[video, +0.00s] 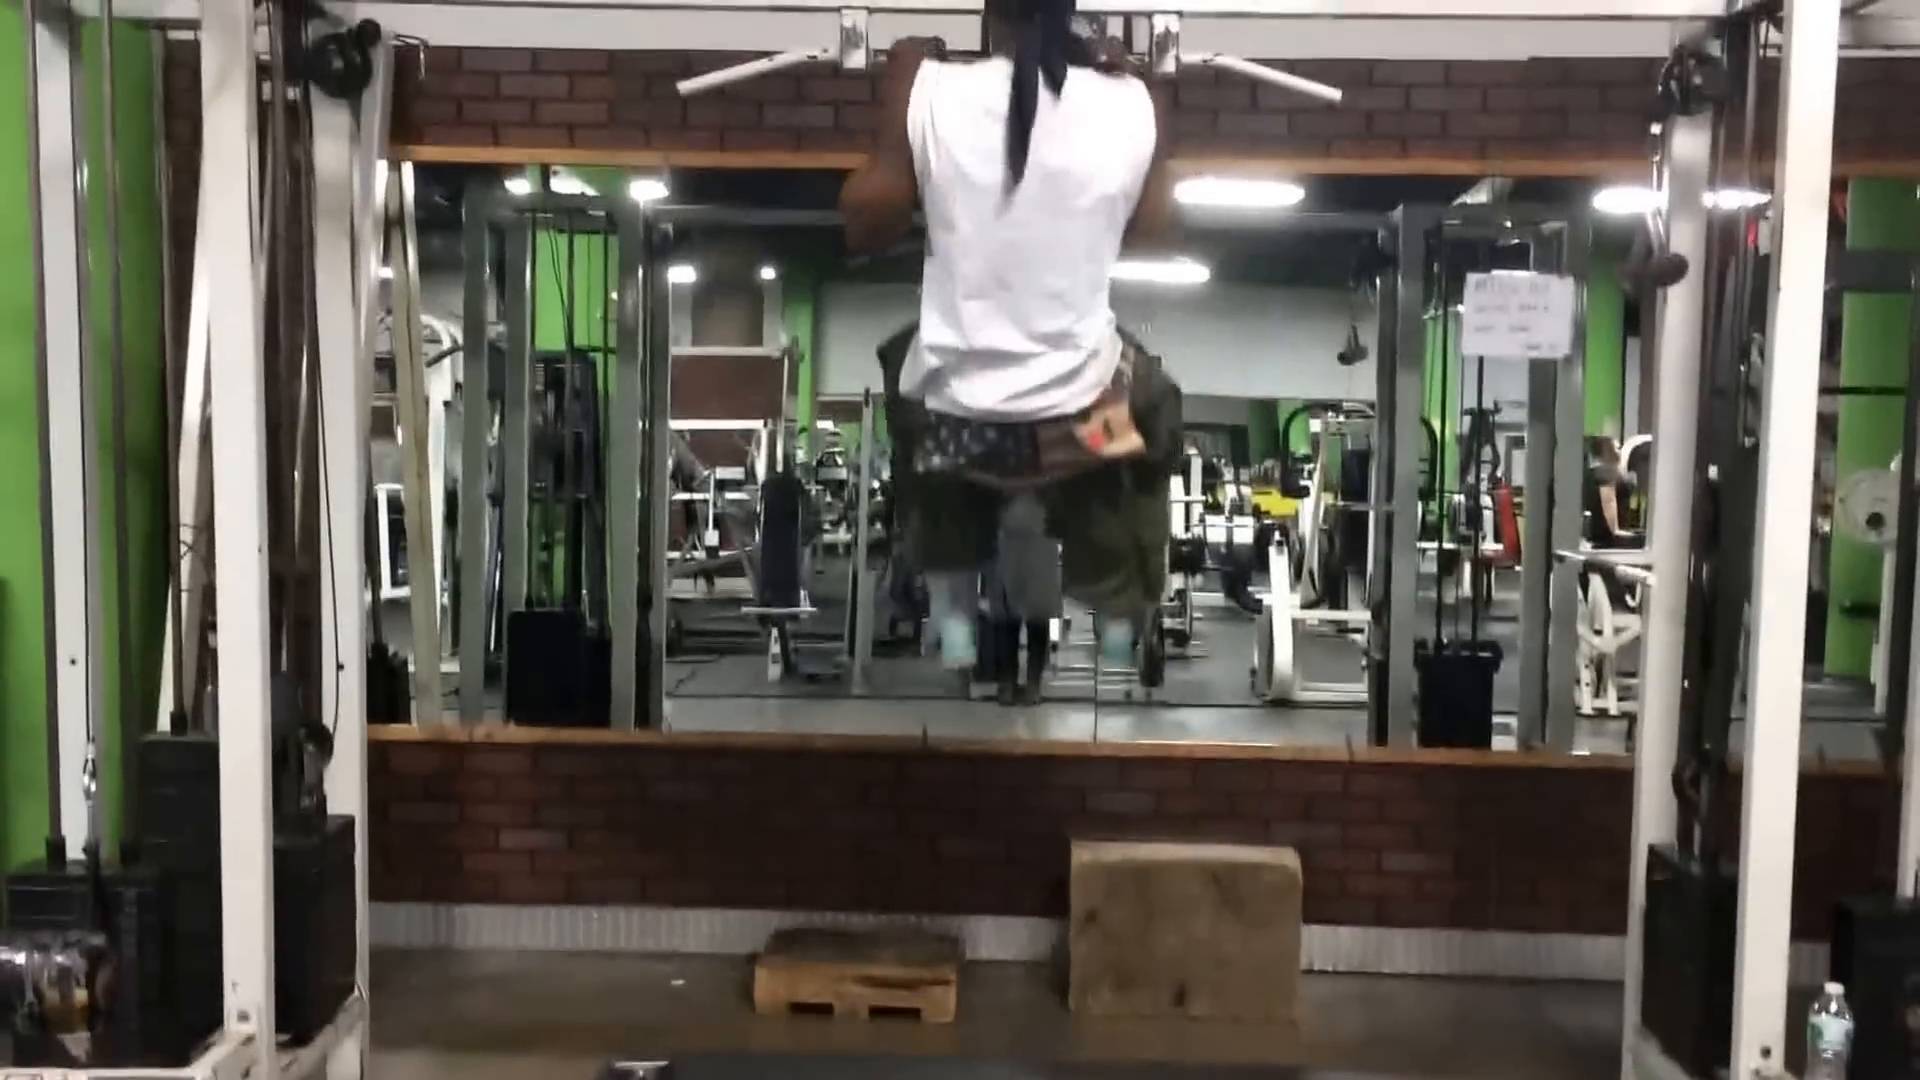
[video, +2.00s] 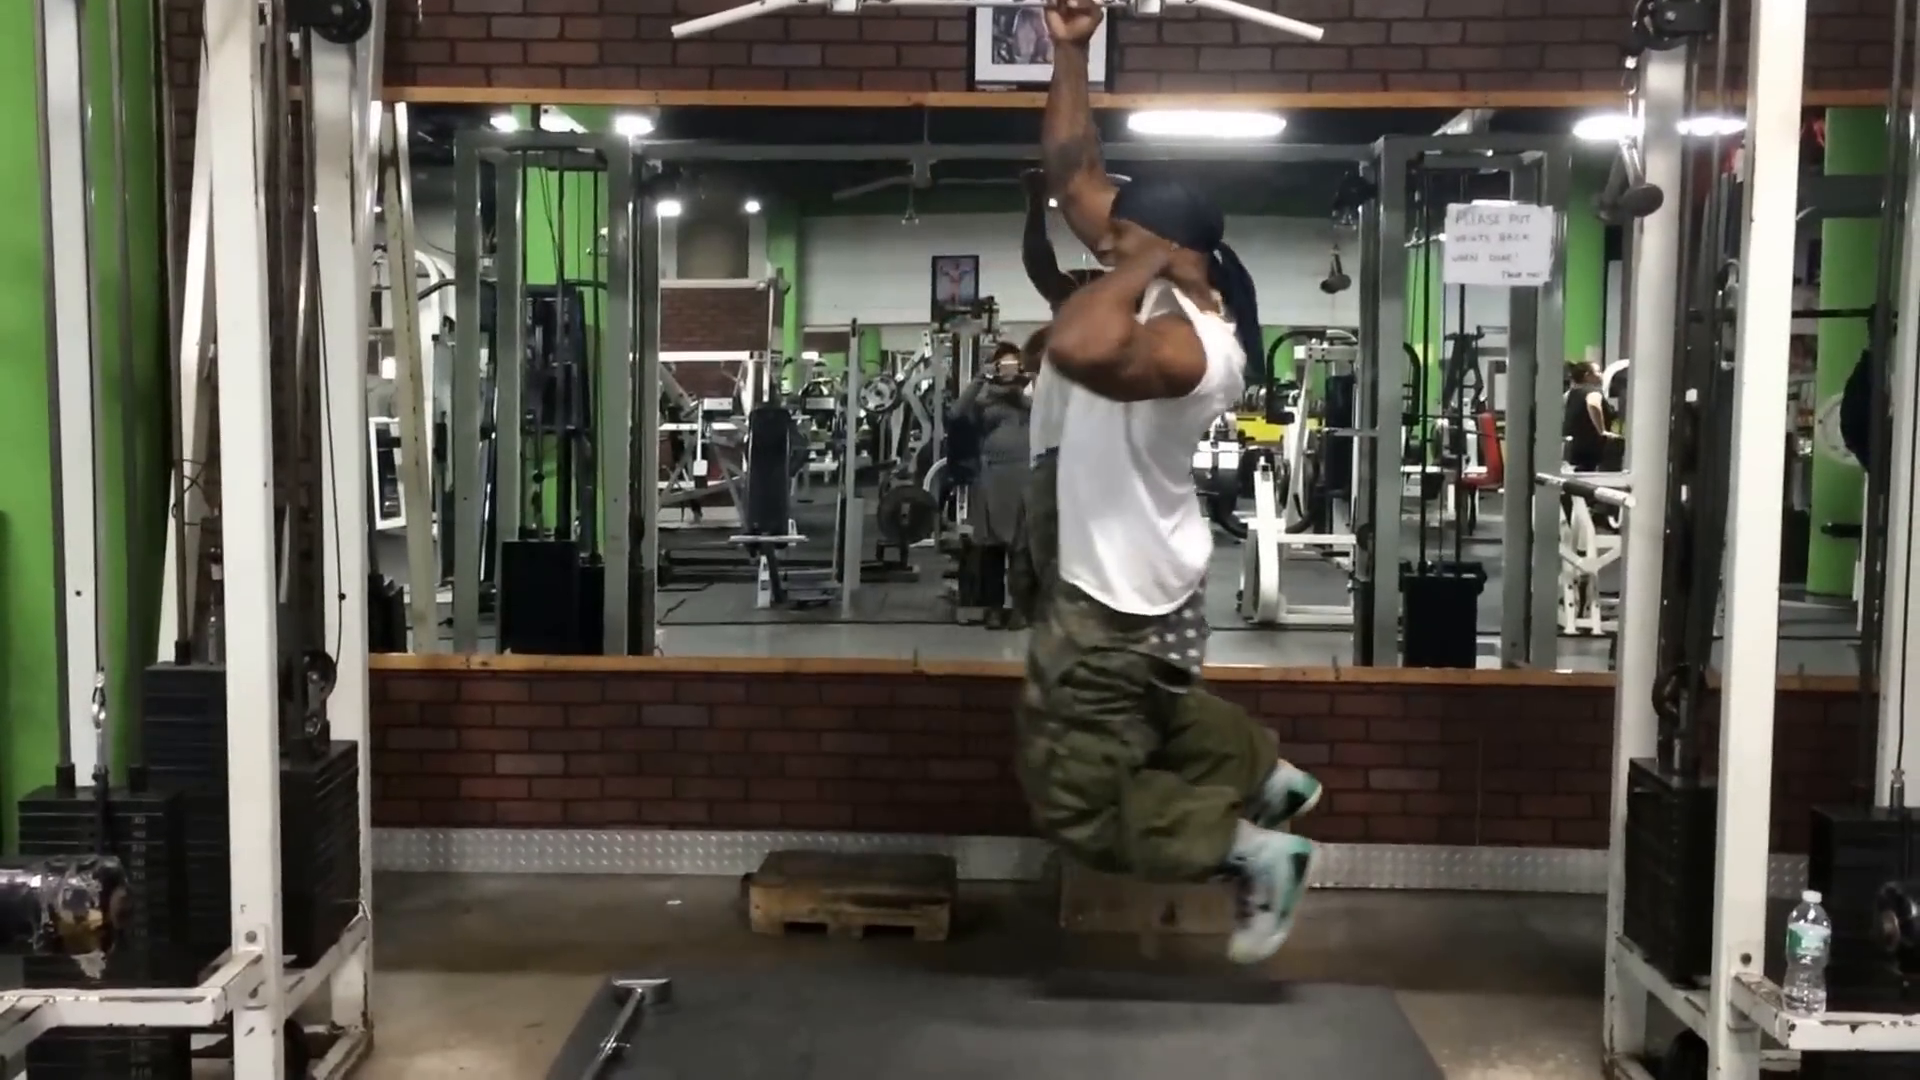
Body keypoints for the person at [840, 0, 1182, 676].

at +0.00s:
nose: (991, 18)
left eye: (991, 14)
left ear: (993, 18)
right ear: (1071, 18)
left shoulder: (935, 94)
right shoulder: (1128, 105)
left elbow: (867, 224)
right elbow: (1152, 227)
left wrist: (897, 101)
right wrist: (1129, 97)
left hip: (959, 412)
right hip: (1079, 409)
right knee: (1154, 400)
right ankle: (1122, 615)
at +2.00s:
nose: (1116, 247)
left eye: (1130, 238)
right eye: (1121, 234)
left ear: (1175, 252)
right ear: (1183, 251)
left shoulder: (1190, 341)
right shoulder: (1172, 300)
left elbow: (1078, 346)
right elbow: (1072, 180)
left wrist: (1149, 261)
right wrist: (1069, 53)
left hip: (1118, 592)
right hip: (1145, 573)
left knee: (1072, 802)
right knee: (1153, 709)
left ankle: (1249, 854)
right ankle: (1269, 784)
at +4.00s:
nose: (1171, 225)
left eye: (1194, 219)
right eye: (1174, 213)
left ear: (1232, 238)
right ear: (1164, 215)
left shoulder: (1233, 317)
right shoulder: (1131, 249)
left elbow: (1216, 256)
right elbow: (1045, 183)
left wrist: (1249, 214)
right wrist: (1058, 51)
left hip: (1085, 572)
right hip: (1015, 522)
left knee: (1017, 784)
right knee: (887, 643)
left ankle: (1172, 851)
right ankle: (938, 765)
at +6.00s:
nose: (1114, 231)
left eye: (1133, 227)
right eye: (1120, 221)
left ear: (1178, 251)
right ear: (1129, 233)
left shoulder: (1208, 335)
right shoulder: (1109, 264)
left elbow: (1227, 275)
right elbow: (1039, 151)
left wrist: (1238, 249)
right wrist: (1065, 23)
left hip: (1037, 577)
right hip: (965, 528)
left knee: (983, 784)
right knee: (864, 660)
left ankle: (1118, 840)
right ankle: (939, 773)